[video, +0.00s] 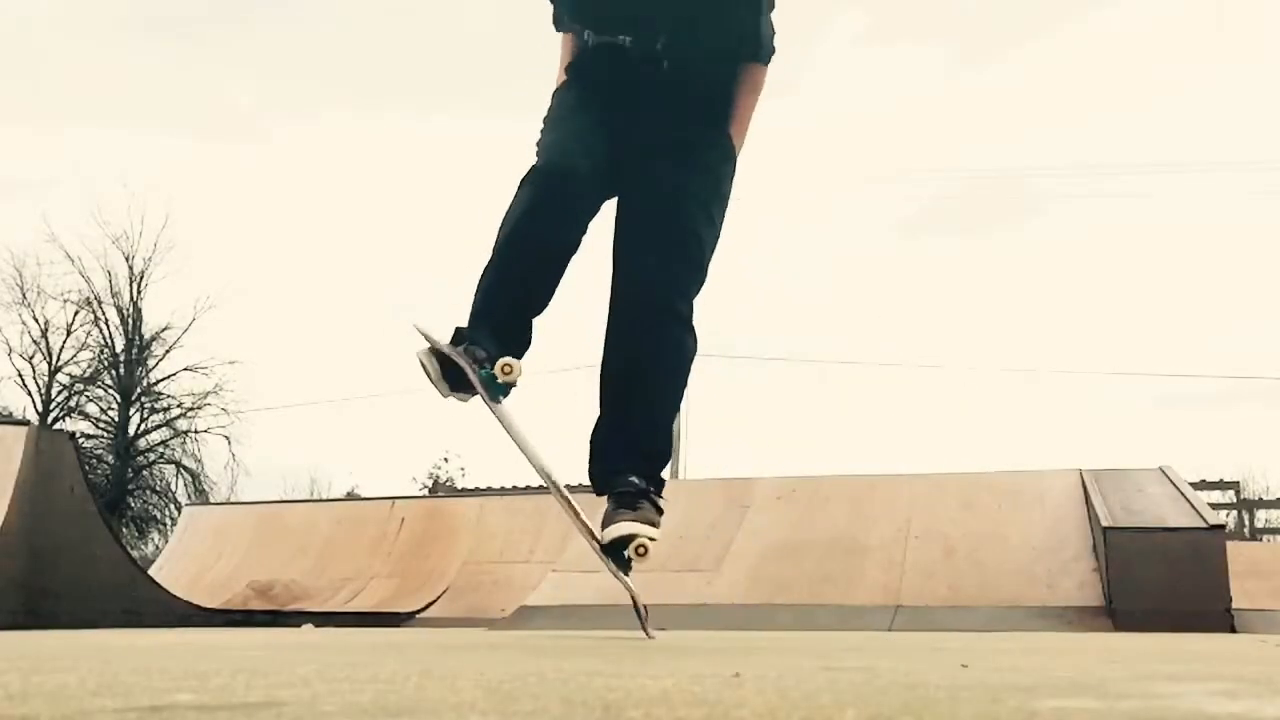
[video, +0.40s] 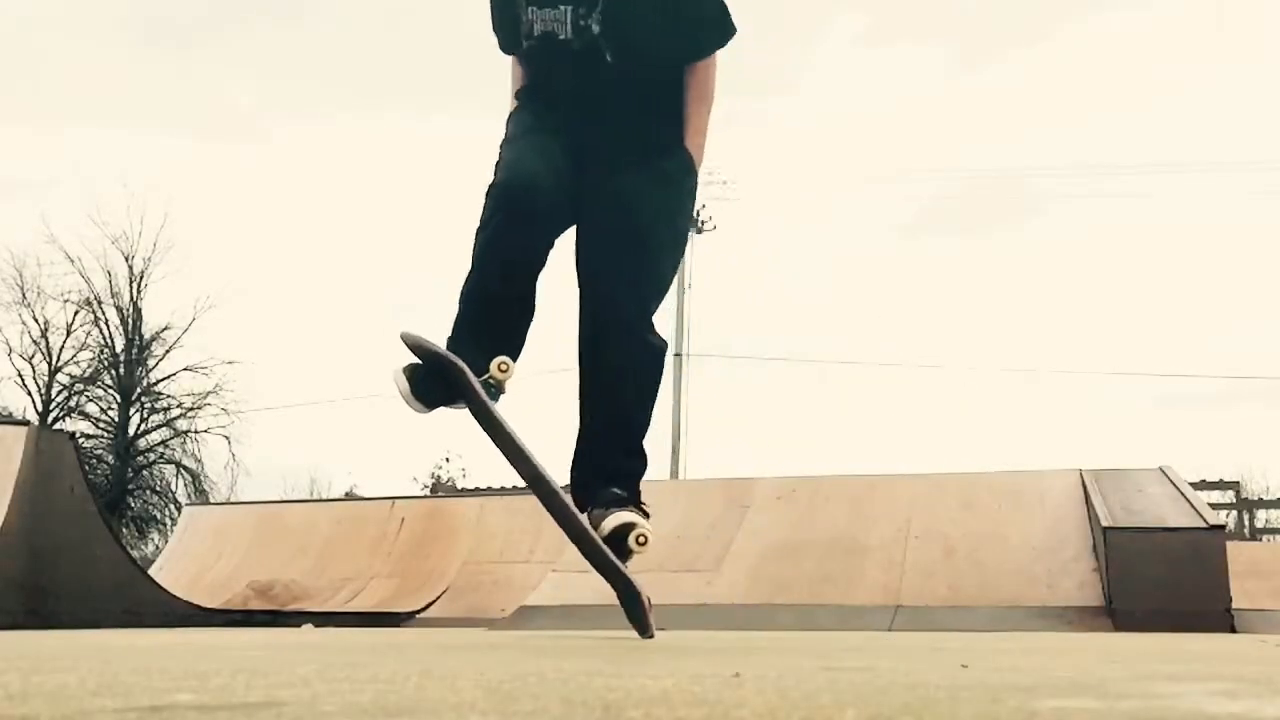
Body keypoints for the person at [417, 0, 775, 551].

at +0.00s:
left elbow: (756, 43)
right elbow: (571, 22)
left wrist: (731, 141)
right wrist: (567, 86)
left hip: (698, 83)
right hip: (603, 66)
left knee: (659, 292)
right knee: (559, 179)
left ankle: (633, 481)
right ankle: (488, 345)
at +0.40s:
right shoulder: (515, 3)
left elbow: (701, 51)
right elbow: (522, 56)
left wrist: (689, 163)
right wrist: (518, 135)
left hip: (646, 124)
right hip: (551, 118)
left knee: (622, 320)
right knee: (519, 195)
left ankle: (610, 493)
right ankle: (477, 356)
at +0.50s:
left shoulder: (664, 8)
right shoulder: (495, 4)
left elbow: (673, 46)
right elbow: (499, 53)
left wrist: (663, 154)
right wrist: (489, 136)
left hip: (622, 128)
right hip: (523, 122)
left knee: (606, 318)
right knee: (480, 213)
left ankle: (599, 496)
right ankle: (459, 368)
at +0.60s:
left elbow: (637, 14)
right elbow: (464, 34)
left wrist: (625, 117)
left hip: (583, 100)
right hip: (481, 90)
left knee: (584, 290)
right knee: (429, 158)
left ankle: (589, 486)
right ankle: (454, 313)